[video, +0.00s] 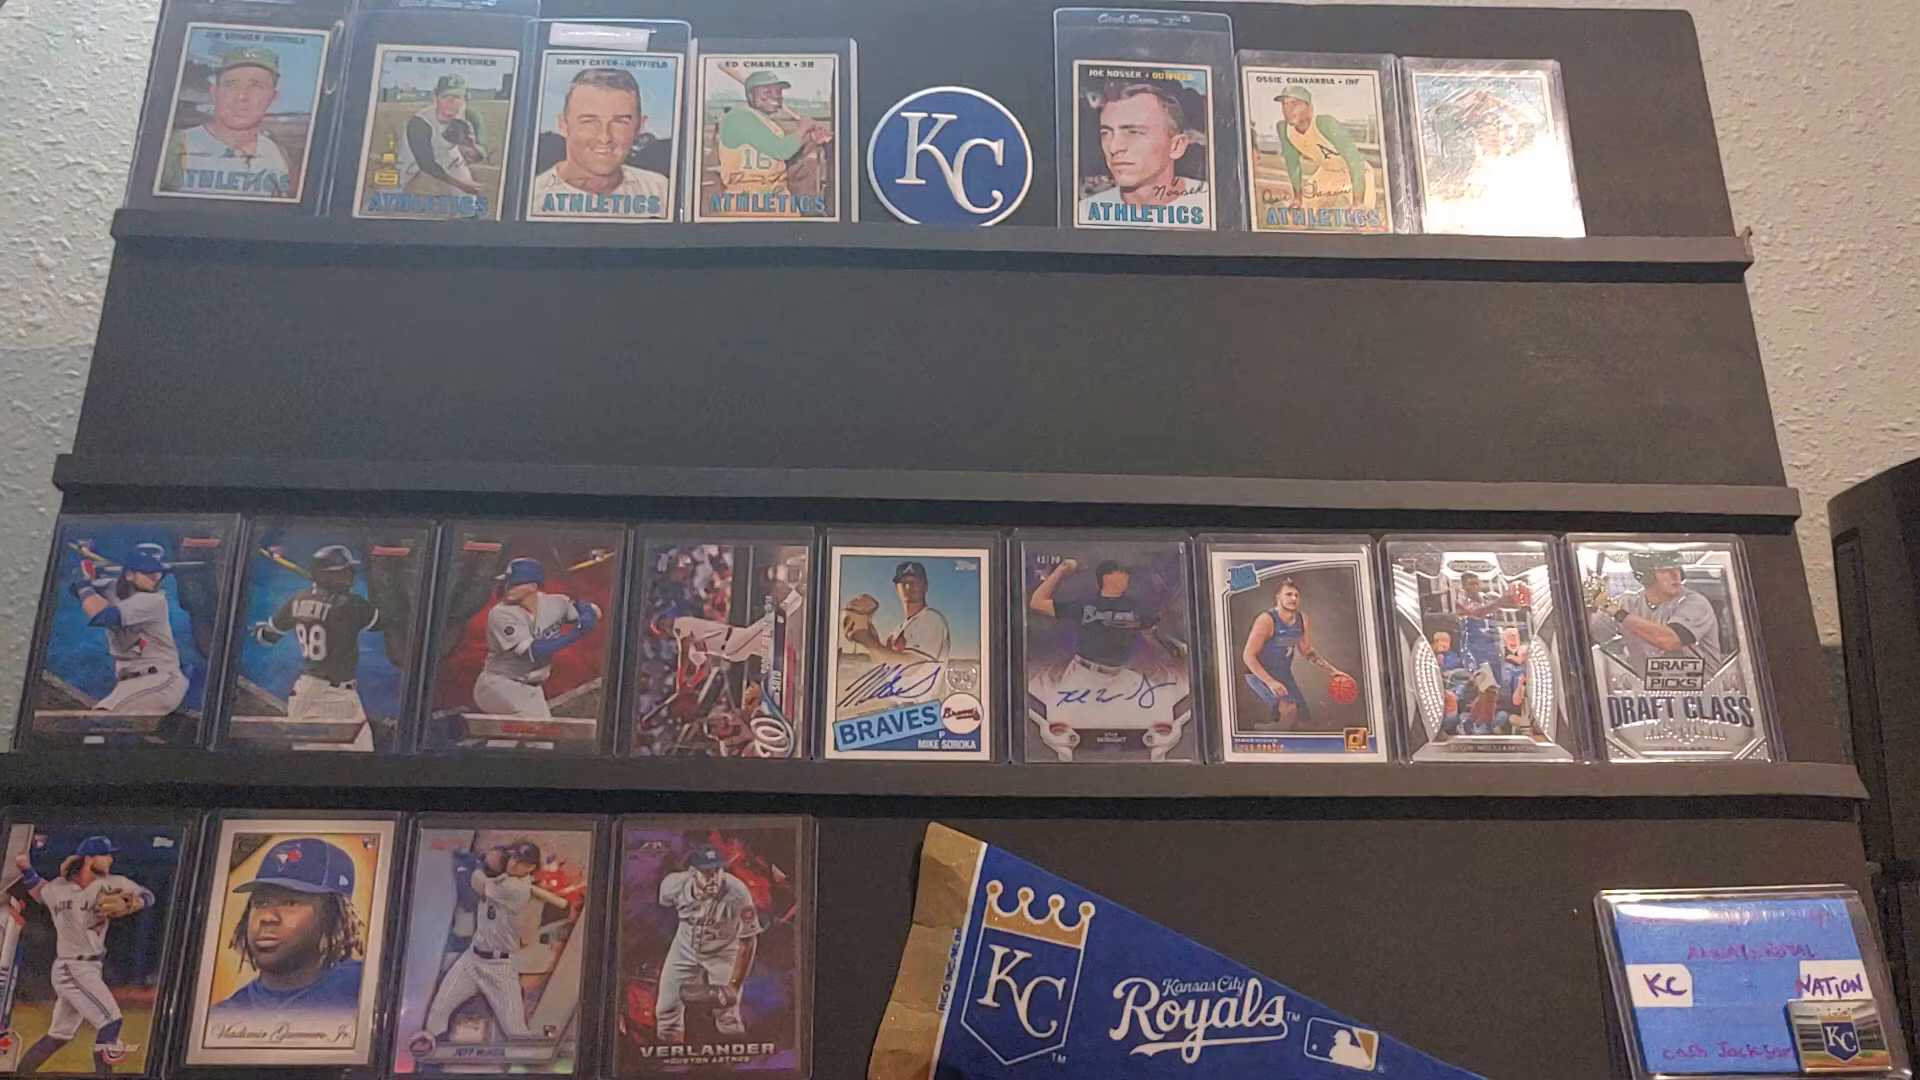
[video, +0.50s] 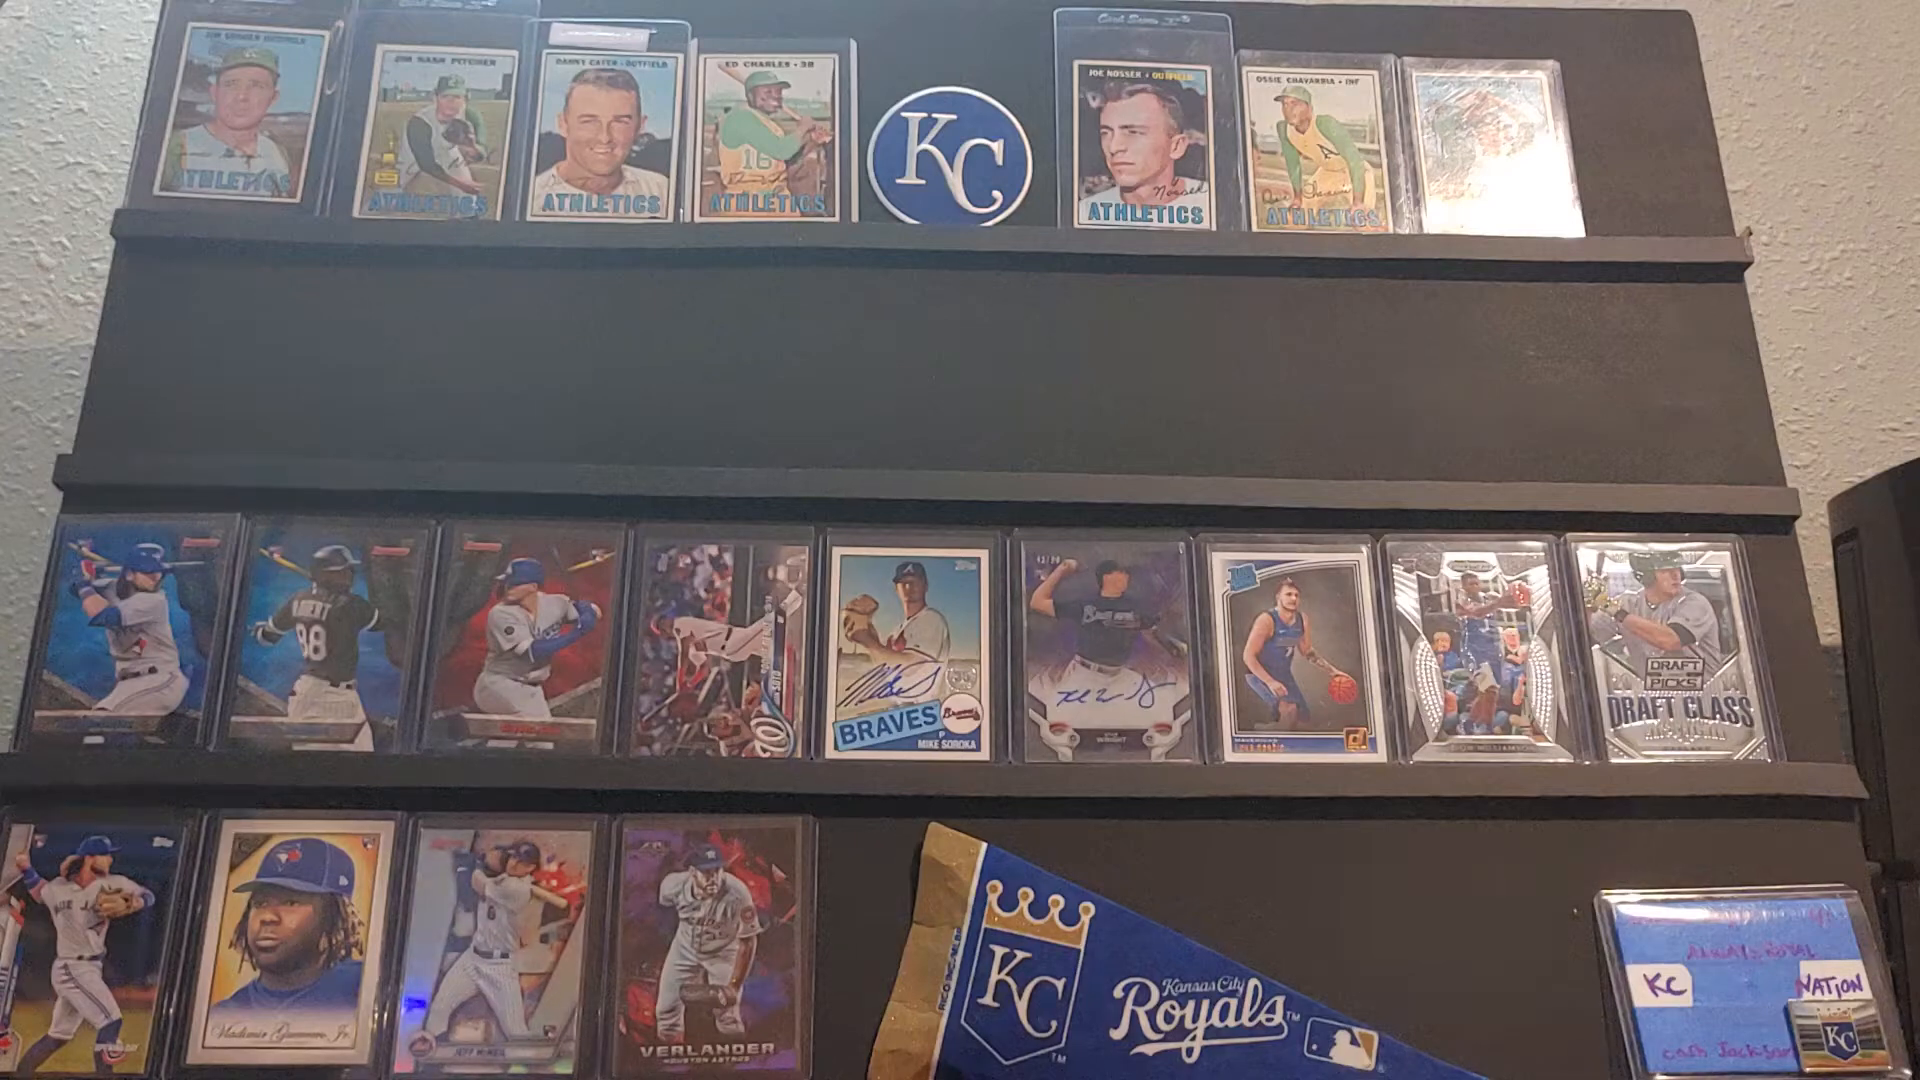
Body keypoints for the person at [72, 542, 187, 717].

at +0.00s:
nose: (156, 577)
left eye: (158, 572)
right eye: (149, 571)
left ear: (162, 573)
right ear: (130, 573)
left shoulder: (153, 601)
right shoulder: (115, 588)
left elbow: (104, 617)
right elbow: (78, 589)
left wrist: (83, 585)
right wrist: (87, 574)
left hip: (161, 680)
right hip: (130, 681)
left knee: (99, 718)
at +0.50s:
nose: (156, 577)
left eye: (158, 572)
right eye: (148, 571)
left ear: (162, 573)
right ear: (130, 574)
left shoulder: (154, 600)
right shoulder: (115, 588)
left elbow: (105, 617)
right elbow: (78, 589)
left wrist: (83, 586)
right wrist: (87, 575)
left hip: (162, 679)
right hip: (130, 681)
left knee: (100, 717)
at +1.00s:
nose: (155, 577)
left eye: (158, 572)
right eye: (148, 571)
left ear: (162, 573)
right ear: (130, 573)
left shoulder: (154, 600)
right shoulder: (114, 587)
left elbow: (105, 617)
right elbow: (78, 589)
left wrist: (83, 586)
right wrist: (88, 573)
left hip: (162, 679)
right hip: (129, 681)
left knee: (99, 718)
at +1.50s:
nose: (156, 577)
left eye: (158, 572)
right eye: (148, 572)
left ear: (162, 572)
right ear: (130, 574)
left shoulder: (154, 600)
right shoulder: (113, 588)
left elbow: (103, 616)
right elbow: (79, 588)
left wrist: (82, 584)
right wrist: (87, 573)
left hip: (162, 679)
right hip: (129, 682)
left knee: (100, 717)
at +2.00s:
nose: (156, 577)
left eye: (158, 572)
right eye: (148, 572)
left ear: (162, 572)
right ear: (130, 574)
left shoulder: (154, 600)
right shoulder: (113, 588)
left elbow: (104, 616)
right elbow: (79, 588)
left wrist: (82, 584)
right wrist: (87, 573)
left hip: (162, 679)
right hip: (129, 682)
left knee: (100, 717)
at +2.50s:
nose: (155, 577)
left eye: (158, 572)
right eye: (148, 571)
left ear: (162, 573)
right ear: (130, 574)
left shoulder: (154, 601)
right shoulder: (113, 588)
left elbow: (104, 616)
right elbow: (78, 589)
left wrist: (83, 585)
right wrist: (87, 573)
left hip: (162, 679)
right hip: (129, 682)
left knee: (100, 717)